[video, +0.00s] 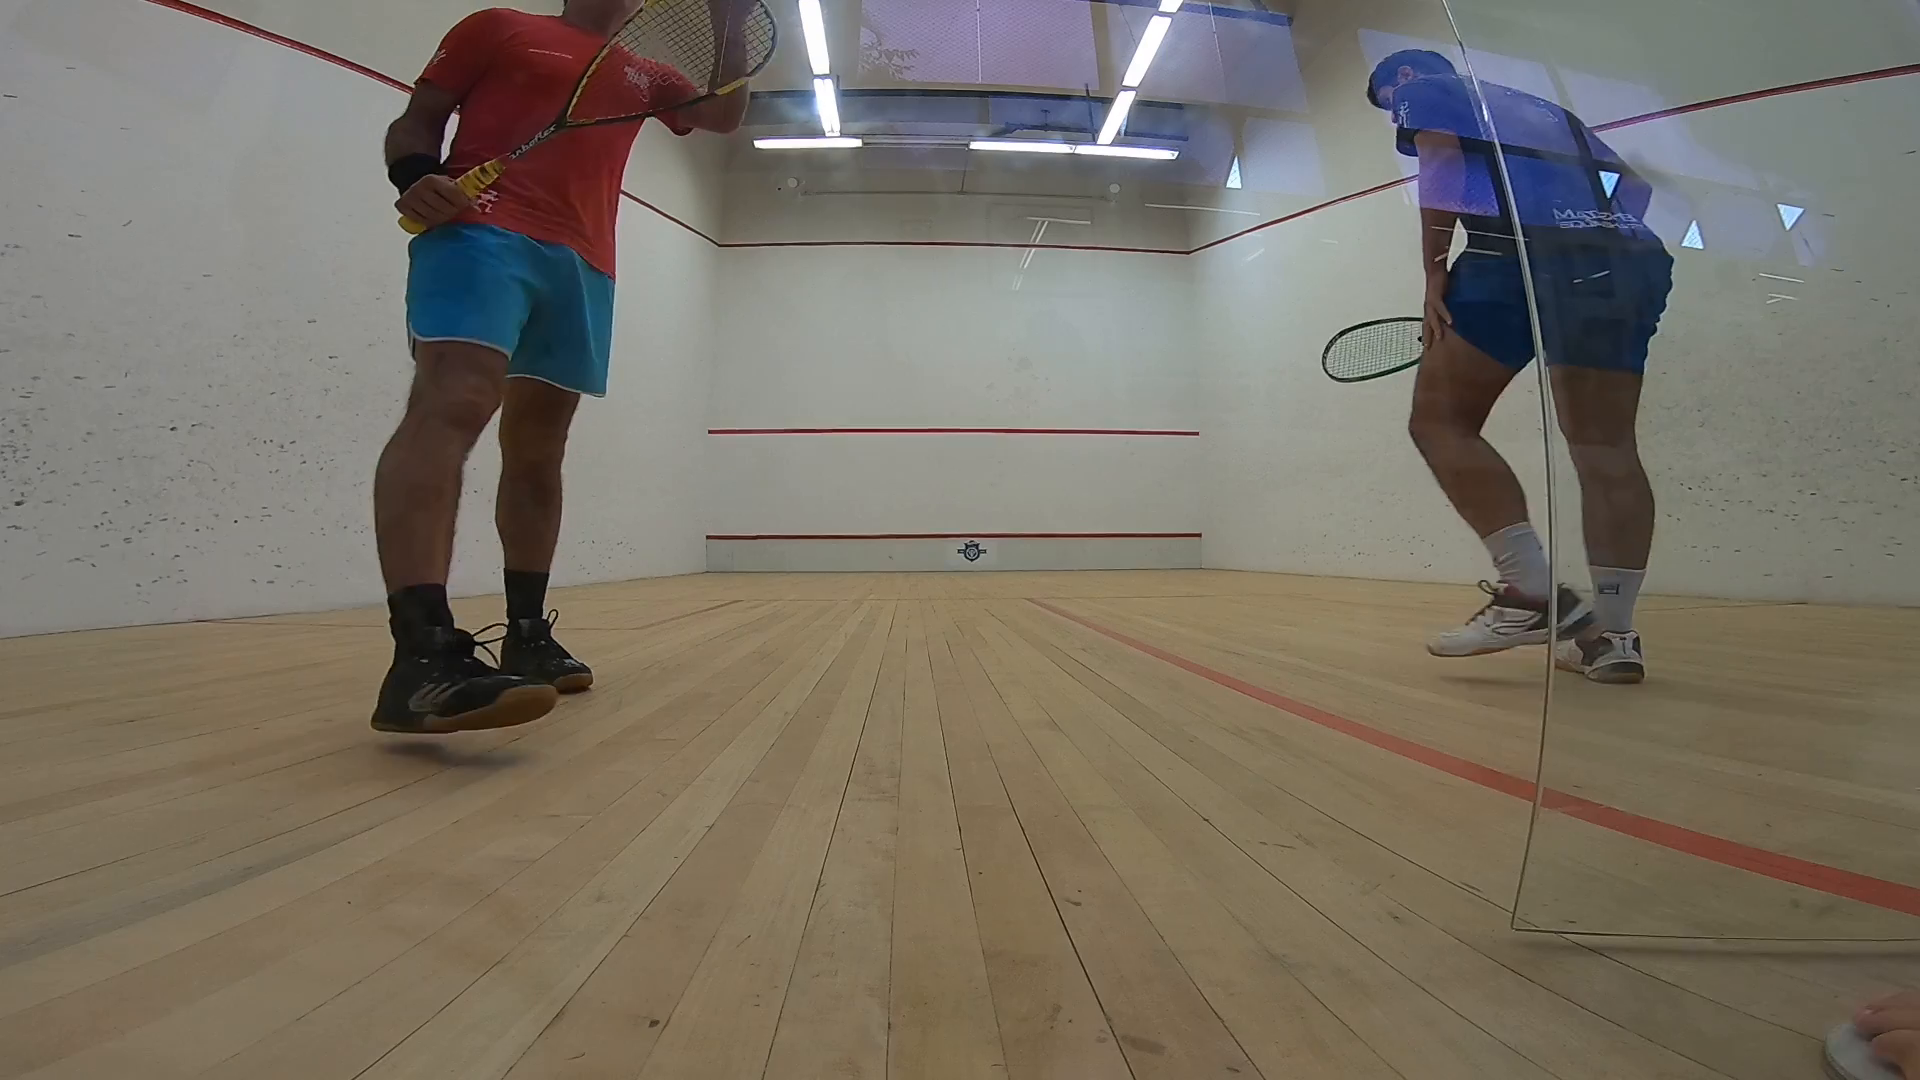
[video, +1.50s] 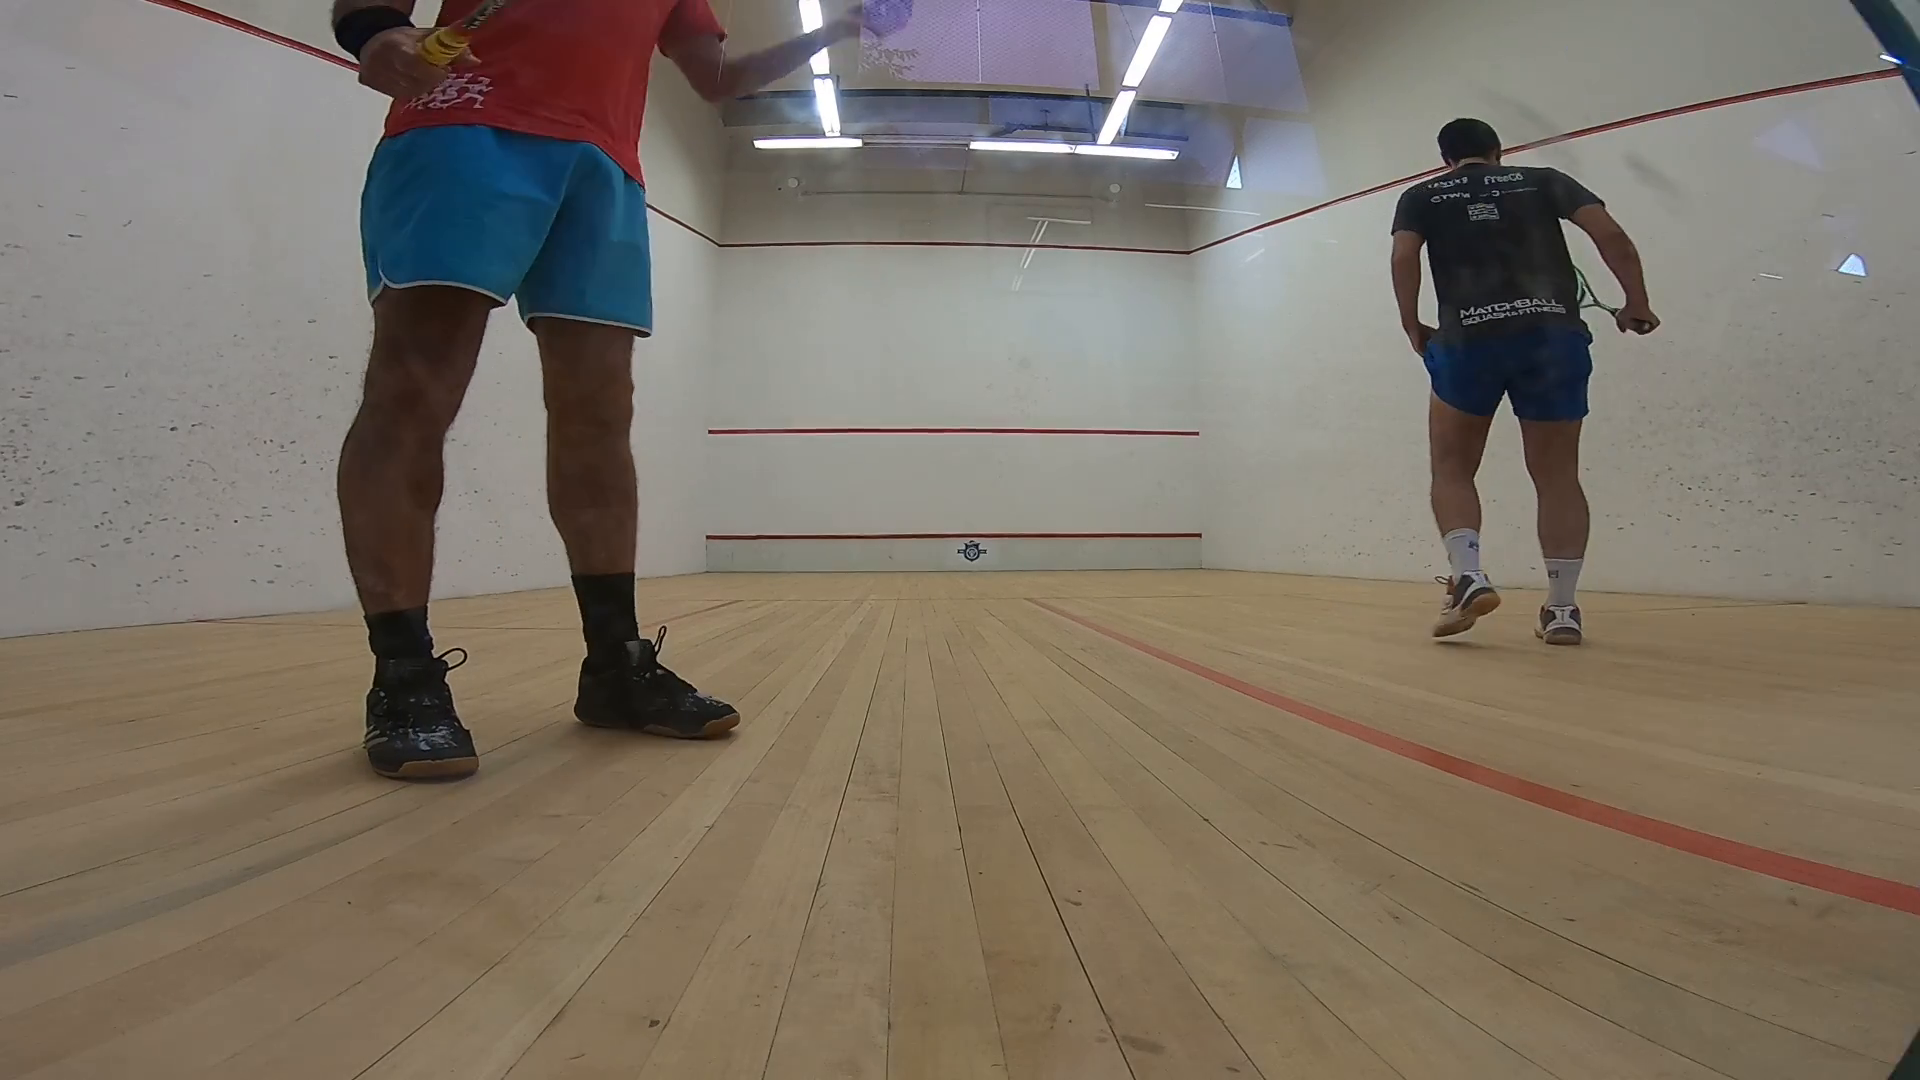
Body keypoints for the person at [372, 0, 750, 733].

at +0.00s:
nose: (628, 0)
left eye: (635, 1)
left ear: (635, 11)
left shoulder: (643, 74)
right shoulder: (501, 27)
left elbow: (726, 112)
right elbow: (418, 119)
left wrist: (730, 16)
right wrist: (414, 176)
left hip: (579, 264)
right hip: (482, 230)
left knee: (538, 450)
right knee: (455, 403)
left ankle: (528, 635)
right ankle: (421, 658)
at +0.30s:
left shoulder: (634, 10)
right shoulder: (443, 2)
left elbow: (734, 27)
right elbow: (382, 90)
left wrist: (716, 10)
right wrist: (350, 148)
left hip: (560, 219)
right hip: (428, 191)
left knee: (538, 442)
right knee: (398, 410)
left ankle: (530, 626)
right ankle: (394, 673)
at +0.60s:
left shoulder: (618, 0)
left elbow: (673, 9)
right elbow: (329, 40)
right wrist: (273, 97)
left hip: (547, 168)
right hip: (397, 146)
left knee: (558, 403)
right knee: (372, 394)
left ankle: (532, 589)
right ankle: (394, 674)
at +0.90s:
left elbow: (663, 3)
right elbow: (344, 7)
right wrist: (269, 55)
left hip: (545, 136)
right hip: (389, 120)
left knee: (559, 398)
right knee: (369, 398)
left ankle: (534, 590)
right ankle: (399, 675)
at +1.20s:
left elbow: (744, 9)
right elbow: (325, 5)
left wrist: (697, 3)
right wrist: (278, 63)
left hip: (557, 123)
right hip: (406, 103)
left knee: (607, 386)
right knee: (378, 385)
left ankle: (600, 610)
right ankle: (402, 679)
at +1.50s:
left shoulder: (668, 2)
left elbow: (721, 75)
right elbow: (367, 6)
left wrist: (834, 30)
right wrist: (376, 38)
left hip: (604, 151)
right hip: (466, 116)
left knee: (598, 408)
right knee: (412, 391)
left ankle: (617, 664)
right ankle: (405, 682)